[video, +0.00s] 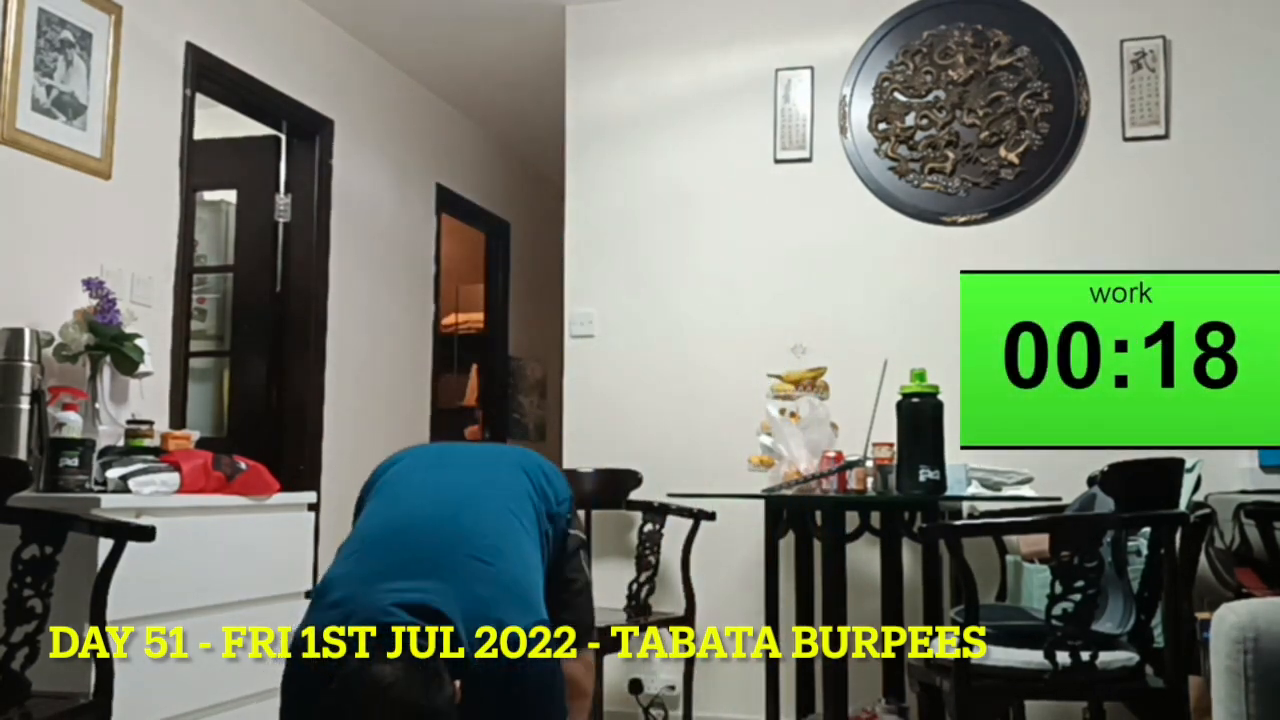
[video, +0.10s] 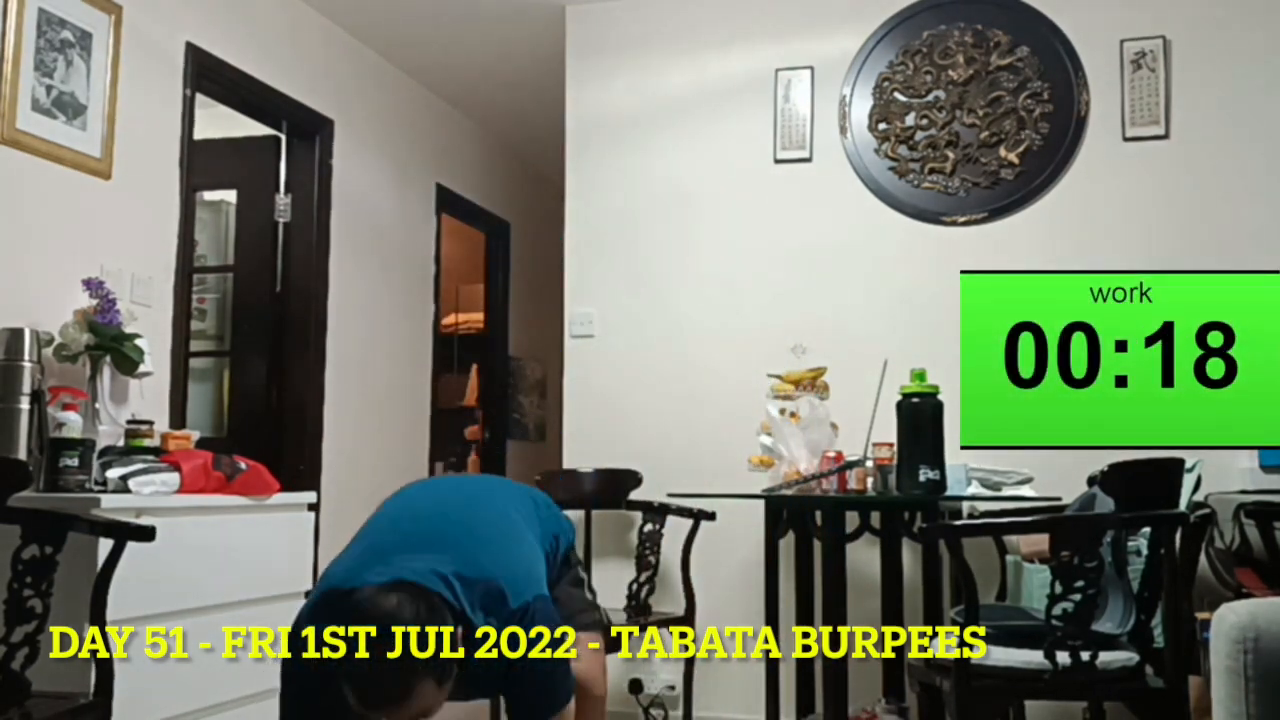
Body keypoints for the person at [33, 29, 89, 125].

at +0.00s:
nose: (66, 51)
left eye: (69, 48)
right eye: (63, 48)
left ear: (74, 49)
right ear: (60, 50)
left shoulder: (79, 65)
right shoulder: (61, 60)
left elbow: (70, 89)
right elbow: (57, 81)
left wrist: (49, 83)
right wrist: (49, 101)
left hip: (80, 102)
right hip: (63, 95)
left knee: (64, 98)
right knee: (47, 88)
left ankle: (70, 120)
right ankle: (61, 117)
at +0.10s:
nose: (66, 51)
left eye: (69, 48)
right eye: (63, 48)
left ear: (74, 49)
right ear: (61, 50)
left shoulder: (79, 65)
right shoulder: (61, 60)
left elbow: (70, 89)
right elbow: (57, 81)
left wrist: (49, 83)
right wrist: (49, 101)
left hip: (80, 102)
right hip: (63, 95)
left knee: (64, 98)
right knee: (48, 89)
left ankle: (70, 120)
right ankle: (61, 117)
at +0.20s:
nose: (66, 51)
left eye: (69, 48)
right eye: (63, 48)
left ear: (74, 49)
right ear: (61, 50)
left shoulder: (79, 65)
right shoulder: (61, 60)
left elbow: (70, 89)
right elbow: (57, 81)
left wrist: (49, 82)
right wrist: (49, 100)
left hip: (80, 102)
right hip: (63, 95)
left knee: (64, 98)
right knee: (48, 88)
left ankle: (70, 120)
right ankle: (61, 116)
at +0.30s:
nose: (66, 51)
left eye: (69, 48)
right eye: (63, 48)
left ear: (74, 49)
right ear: (61, 50)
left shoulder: (79, 65)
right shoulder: (61, 60)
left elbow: (70, 89)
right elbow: (57, 81)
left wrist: (49, 82)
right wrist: (49, 101)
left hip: (80, 102)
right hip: (63, 95)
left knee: (64, 98)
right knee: (48, 88)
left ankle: (70, 120)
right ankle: (61, 116)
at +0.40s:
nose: (66, 51)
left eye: (69, 48)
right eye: (63, 48)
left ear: (74, 49)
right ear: (61, 50)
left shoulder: (79, 65)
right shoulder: (61, 60)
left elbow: (70, 89)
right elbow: (57, 81)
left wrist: (49, 82)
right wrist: (49, 101)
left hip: (80, 102)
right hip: (63, 95)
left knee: (64, 98)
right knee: (48, 88)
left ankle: (70, 120)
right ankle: (61, 116)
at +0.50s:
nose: (66, 51)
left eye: (69, 48)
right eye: (63, 48)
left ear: (74, 49)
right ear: (61, 50)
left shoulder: (79, 66)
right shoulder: (61, 60)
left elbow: (70, 89)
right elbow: (57, 81)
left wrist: (49, 82)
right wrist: (49, 100)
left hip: (80, 102)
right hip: (63, 95)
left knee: (64, 98)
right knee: (48, 88)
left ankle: (70, 120)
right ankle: (61, 116)